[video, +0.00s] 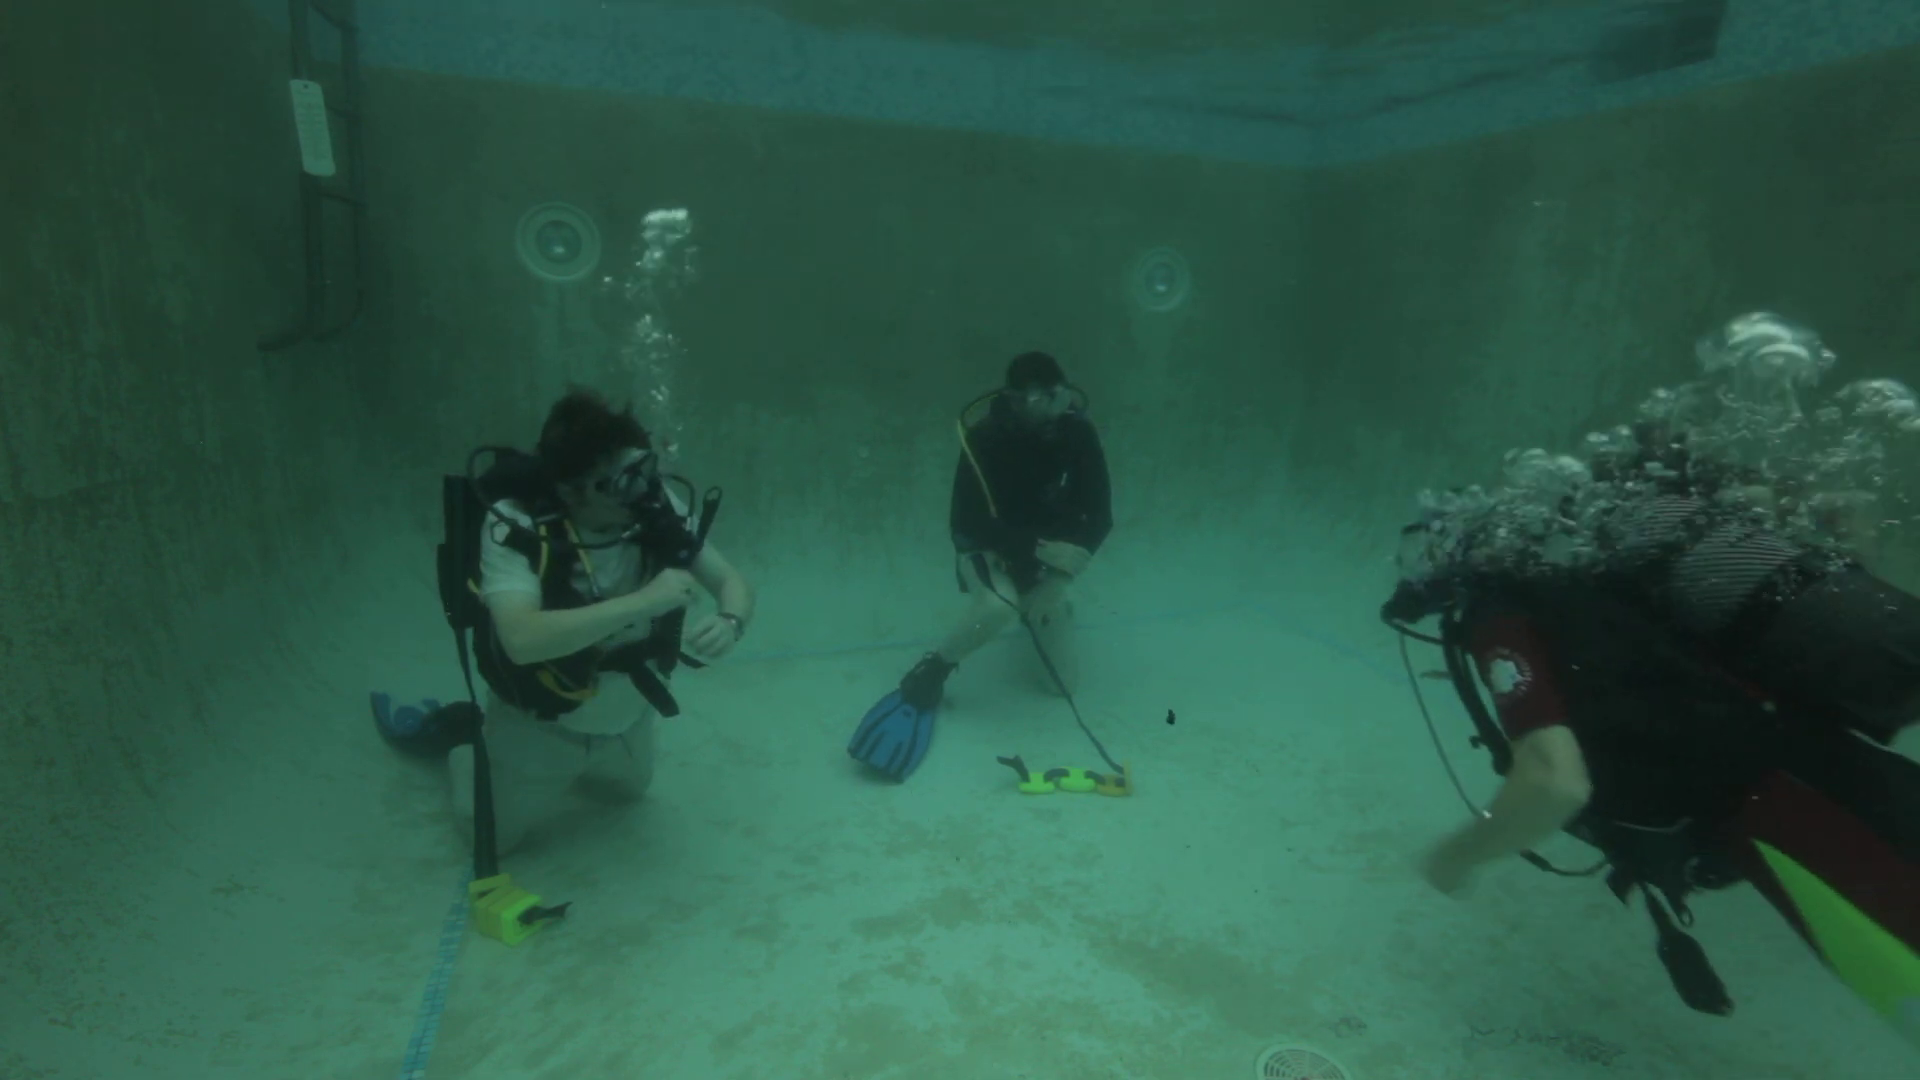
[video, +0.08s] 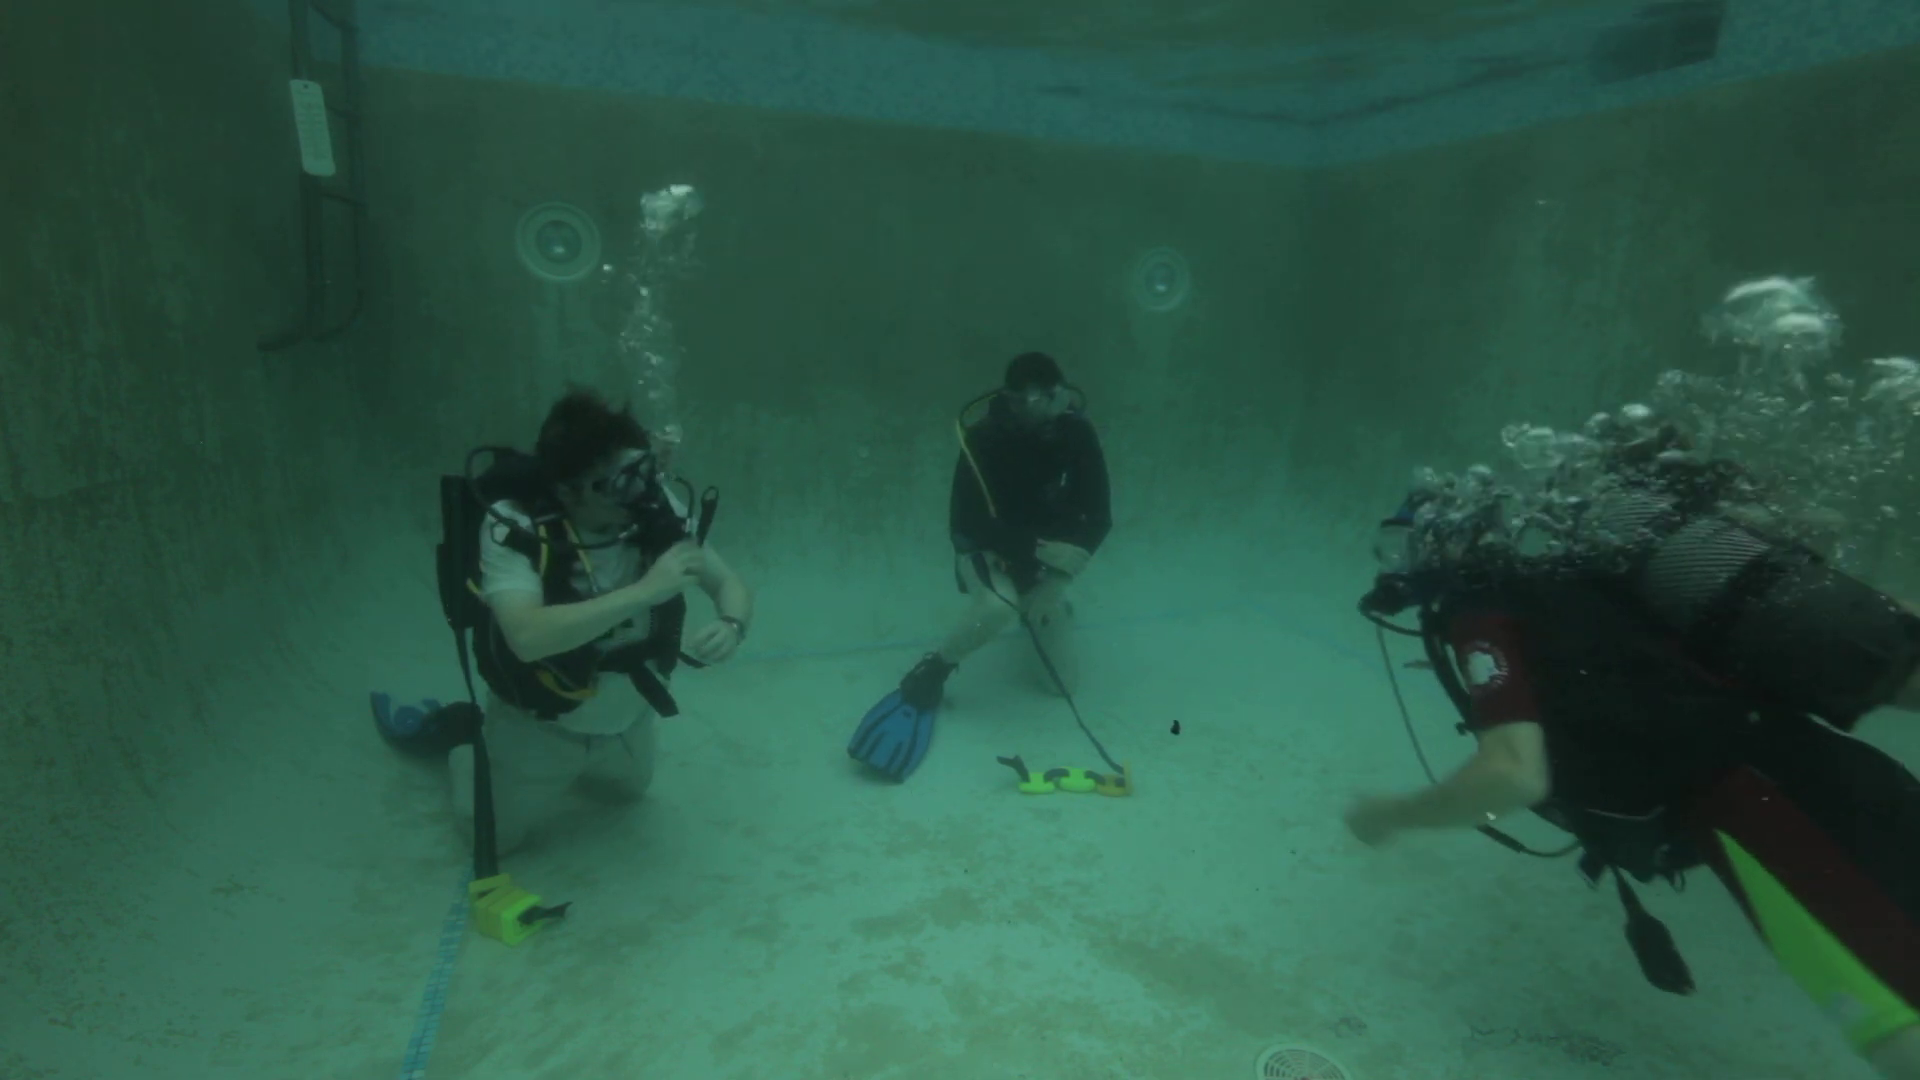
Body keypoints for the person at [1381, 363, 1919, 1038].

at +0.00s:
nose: (1418, 588)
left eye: (1421, 564)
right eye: (1412, 568)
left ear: (1454, 554)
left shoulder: (1500, 605)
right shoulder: (1589, 553)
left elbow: (1554, 779)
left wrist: (1463, 853)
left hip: (1781, 808)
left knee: (1904, 975)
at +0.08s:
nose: (1408, 570)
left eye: (1411, 549)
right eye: (1407, 549)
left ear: (1441, 544)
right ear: (1493, 517)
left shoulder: (1477, 602)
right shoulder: (1571, 562)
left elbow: (1515, 771)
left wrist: (1397, 817)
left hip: (1764, 806)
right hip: (1821, 760)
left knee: (1898, 1023)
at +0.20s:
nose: (1360, 563)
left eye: (1370, 542)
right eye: (1356, 544)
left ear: (1417, 531)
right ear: (1443, 524)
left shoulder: (1455, 594)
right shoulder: (1520, 565)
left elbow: (1438, 755)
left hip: (1717, 791)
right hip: (1775, 746)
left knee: (1869, 1034)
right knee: (1905, 961)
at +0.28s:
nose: (1350, 557)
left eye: (1361, 537)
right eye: (1348, 537)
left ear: (1400, 531)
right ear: (1433, 516)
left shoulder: (1438, 594)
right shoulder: (1515, 553)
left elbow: (1388, 739)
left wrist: (1258, 719)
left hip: (1683, 783)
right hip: (1752, 731)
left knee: (1864, 1032)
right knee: (1905, 943)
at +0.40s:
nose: (1318, 557)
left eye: (1330, 536)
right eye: (1317, 537)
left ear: (1376, 532)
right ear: (1406, 518)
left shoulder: (1411, 596)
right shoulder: (1482, 553)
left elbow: (1333, 718)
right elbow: (1593, 629)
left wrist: (1206, 683)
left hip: (1645, 773)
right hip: (1706, 729)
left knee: (1864, 1012)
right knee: (1882, 966)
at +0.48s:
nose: (1304, 556)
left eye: (1317, 535)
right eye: (1301, 536)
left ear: (1363, 528)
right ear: (1386, 514)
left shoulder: (1396, 589)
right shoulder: (1459, 553)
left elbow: (1306, 708)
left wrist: (1183, 665)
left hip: (1623, 767)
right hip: (1672, 727)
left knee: (1833, 991)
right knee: (1841, 955)